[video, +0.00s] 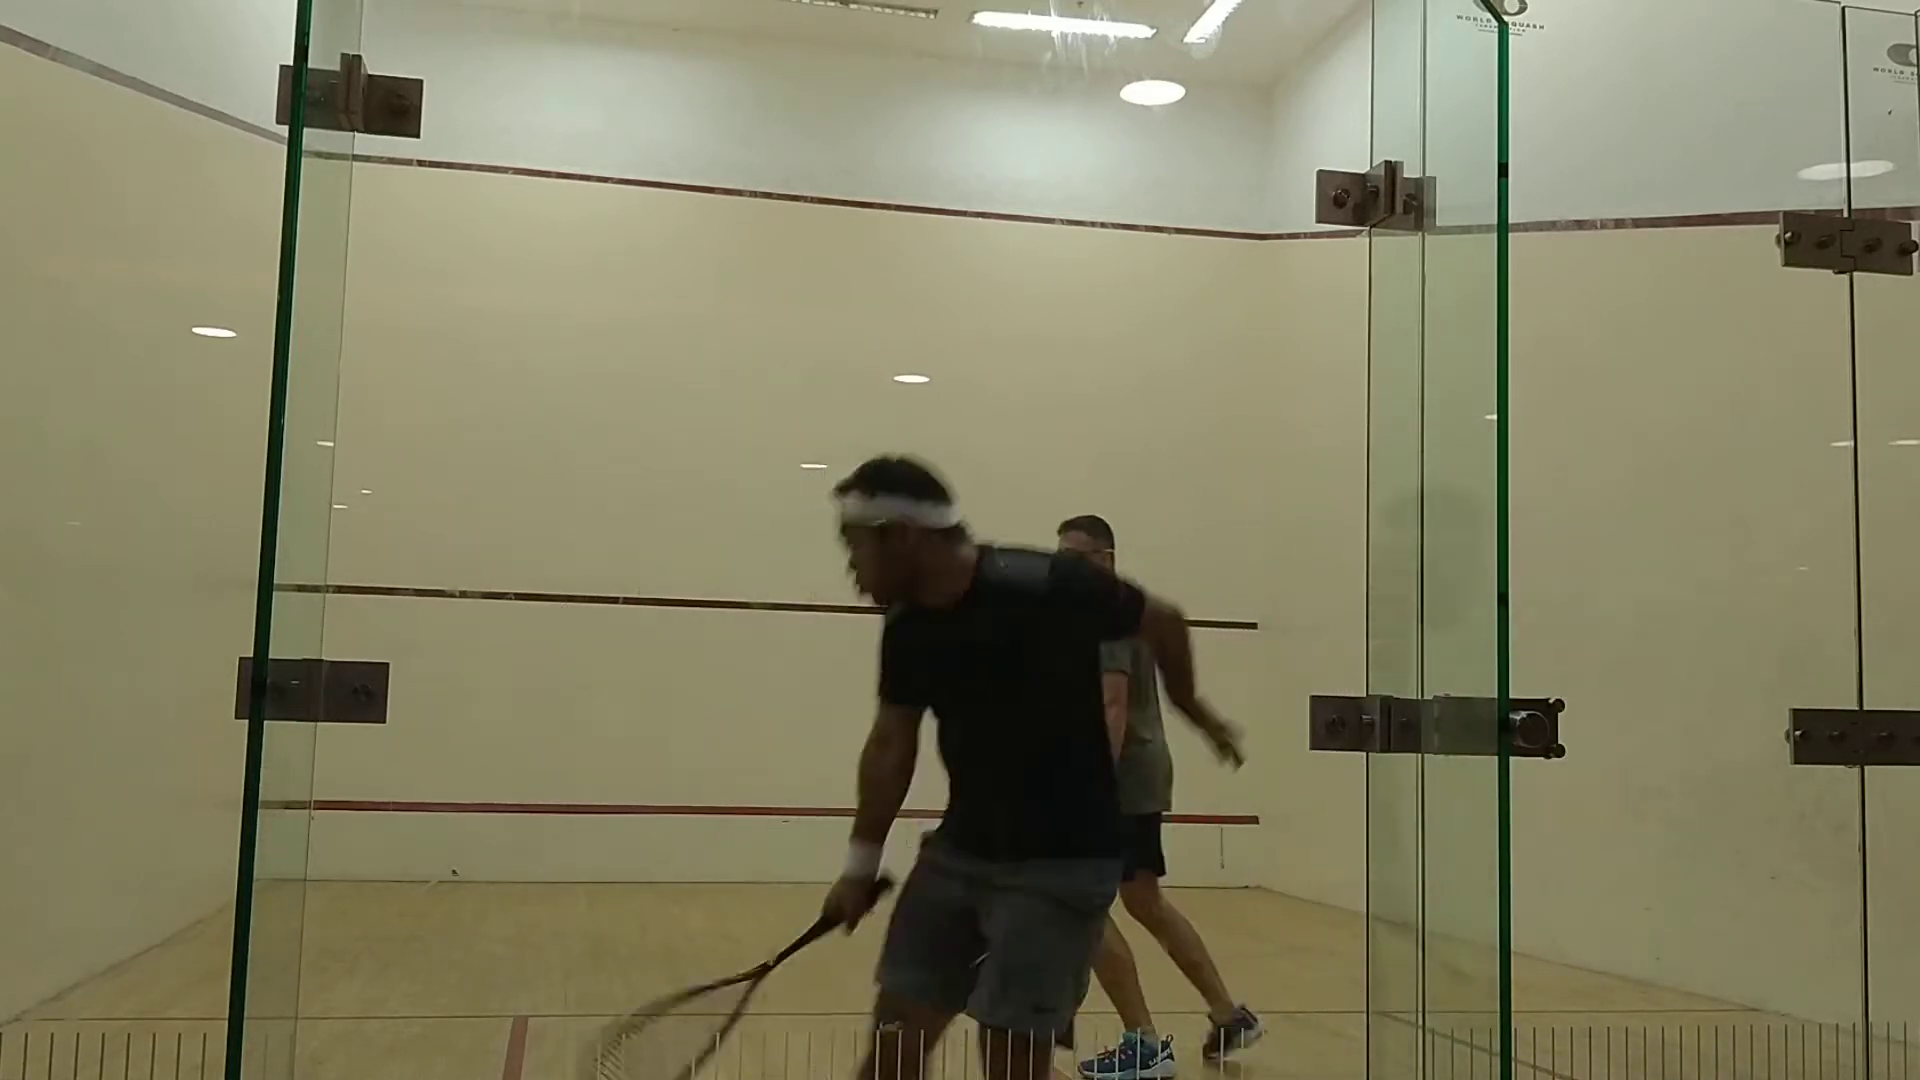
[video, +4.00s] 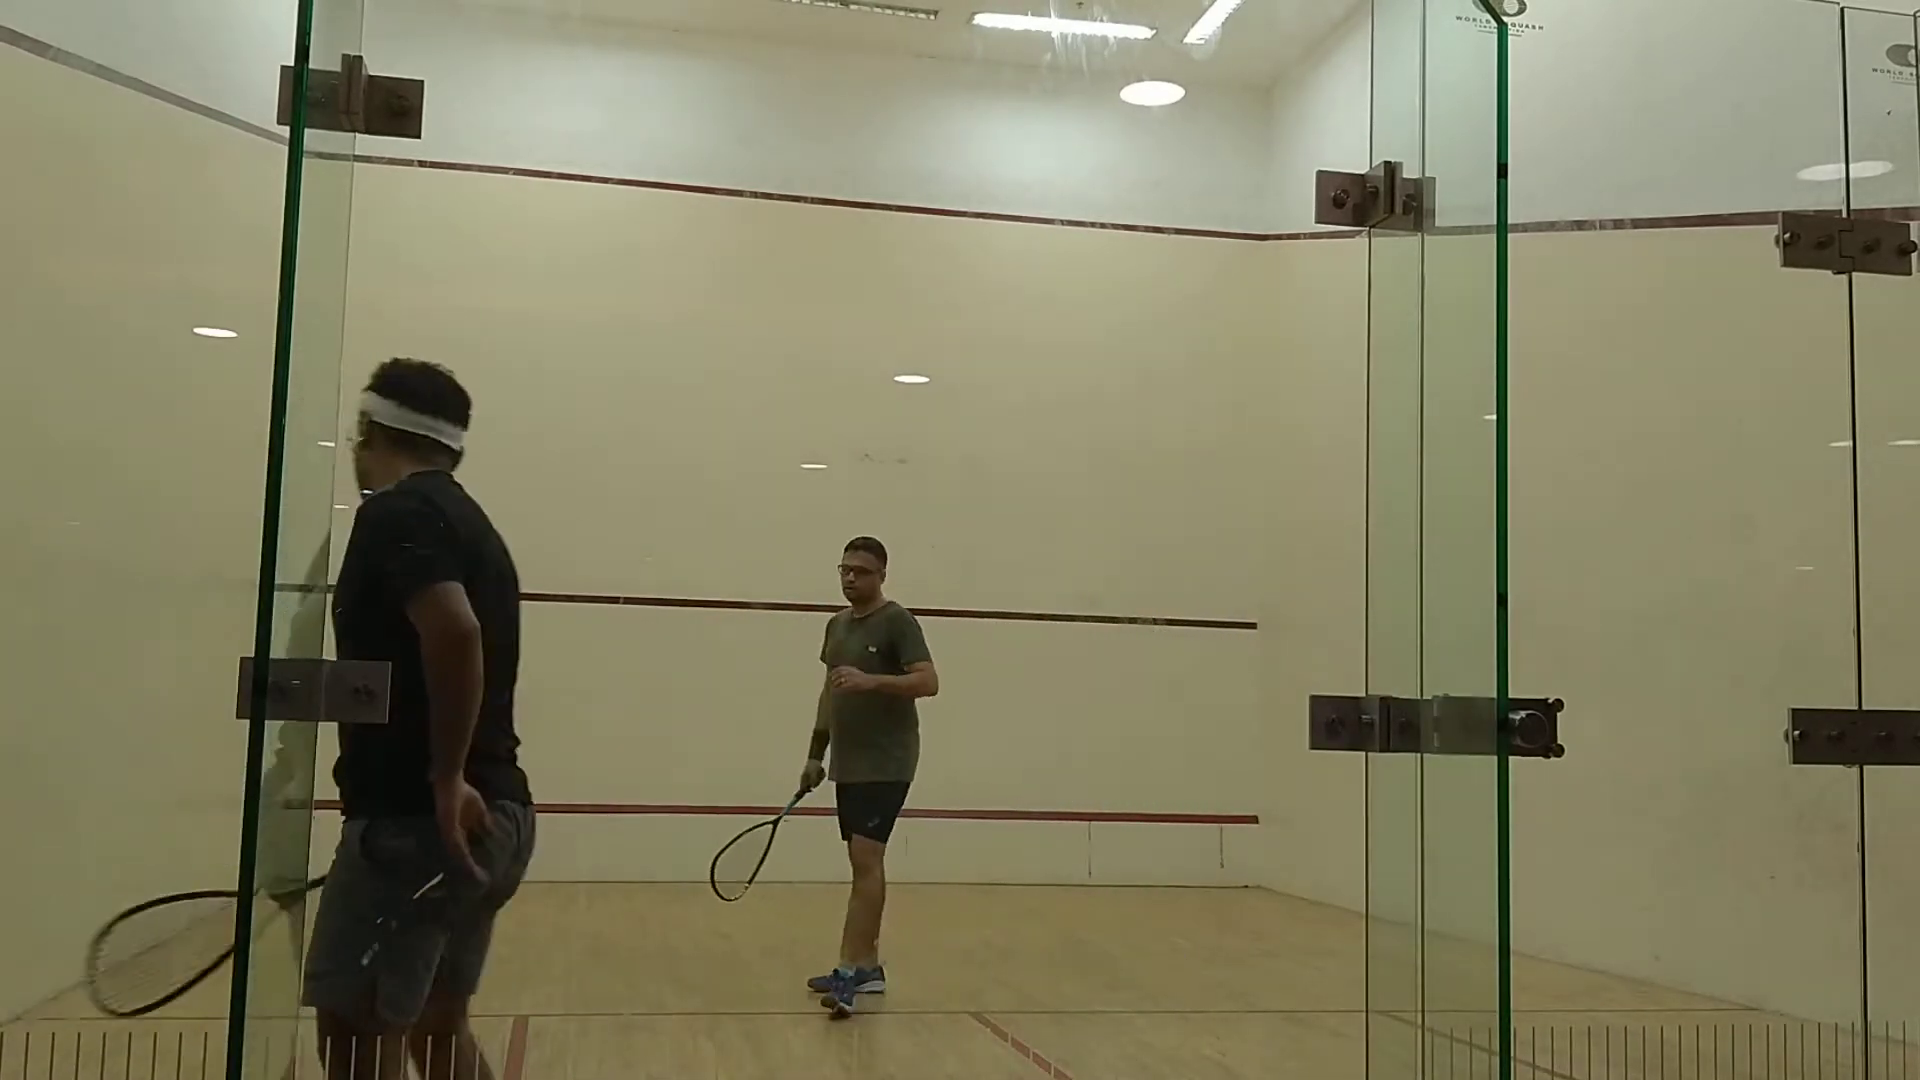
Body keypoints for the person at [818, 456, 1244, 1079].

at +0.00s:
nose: (851, 567)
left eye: (857, 546)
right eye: (848, 548)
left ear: (906, 535)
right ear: (904, 537)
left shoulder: (1054, 586)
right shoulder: (910, 624)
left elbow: (1163, 622)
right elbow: (891, 743)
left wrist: (1187, 702)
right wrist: (860, 863)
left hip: (1063, 858)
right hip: (965, 847)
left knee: (1012, 1048)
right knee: (898, 1028)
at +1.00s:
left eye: (1334, 554)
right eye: (1385, 560)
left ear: (1332, 561)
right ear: (1395, 566)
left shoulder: (1288, 634)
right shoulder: (1427, 643)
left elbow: (1231, 704)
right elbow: (1484, 741)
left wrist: (1189, 791)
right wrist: (1529, 828)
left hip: (1314, 848)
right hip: (1402, 854)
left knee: (1330, 978)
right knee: (1429, 997)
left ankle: (1325, 1076)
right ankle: (1445, 1077)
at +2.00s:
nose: (1221, 635)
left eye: (1224, 628)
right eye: (1225, 628)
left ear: (1234, 634)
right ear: (1284, 635)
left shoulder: (1220, 678)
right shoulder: (1320, 685)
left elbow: (1169, 742)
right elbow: (1389, 747)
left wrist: (1132, 818)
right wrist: (1358, 807)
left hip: (1283, 850)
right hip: (1350, 848)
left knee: (1181, 923)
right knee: (1303, 943)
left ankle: (1213, 1065)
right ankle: (1404, 1038)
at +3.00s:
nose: (1027, 587)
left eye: (1037, 580)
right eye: (1022, 579)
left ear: (1057, 586)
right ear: (1016, 584)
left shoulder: (1063, 634)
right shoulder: (1027, 637)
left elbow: (1072, 706)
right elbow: (1016, 709)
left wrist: (1054, 765)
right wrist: (993, 761)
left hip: (1039, 771)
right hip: (1019, 770)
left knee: (996, 856)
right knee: (1018, 865)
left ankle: (1065, 942)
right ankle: (1043, 969)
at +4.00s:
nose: (851, 579)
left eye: (862, 572)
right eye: (846, 571)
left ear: (882, 575)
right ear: (840, 573)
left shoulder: (898, 621)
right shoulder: (837, 624)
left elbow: (928, 681)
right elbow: (830, 691)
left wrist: (870, 681)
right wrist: (815, 756)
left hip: (886, 763)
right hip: (850, 762)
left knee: (865, 859)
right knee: (864, 860)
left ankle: (851, 970)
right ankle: (867, 966)